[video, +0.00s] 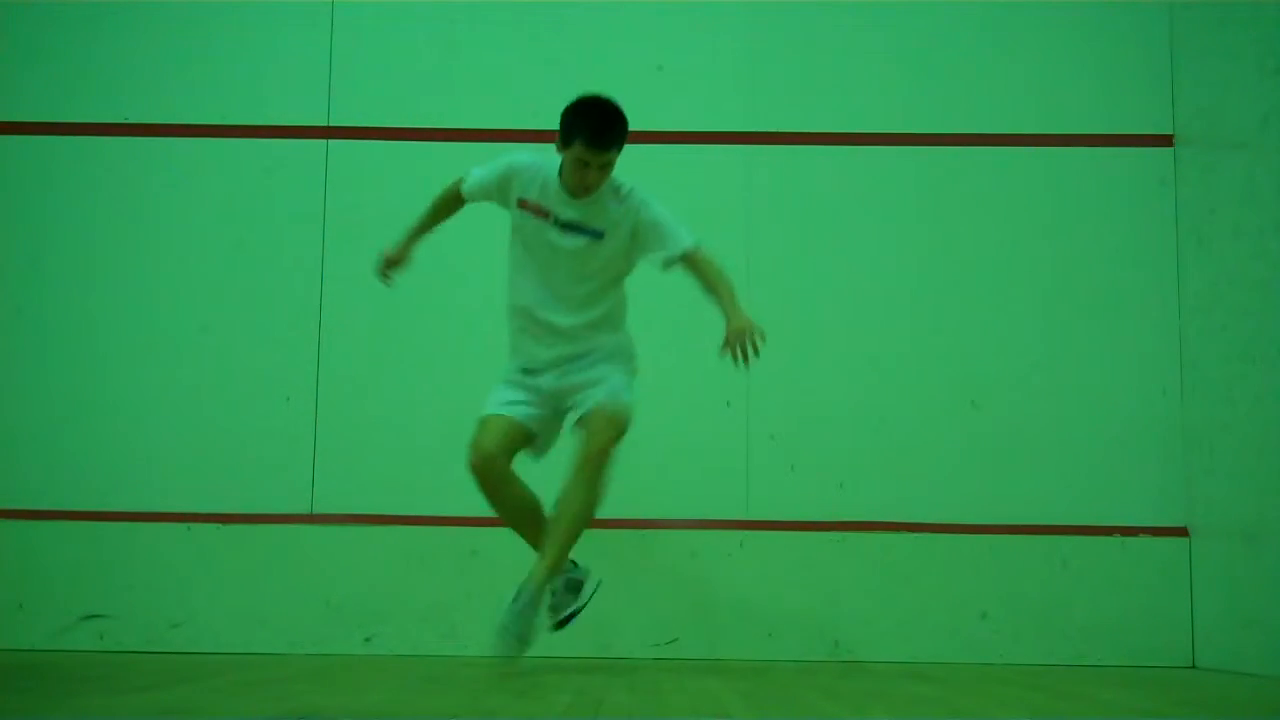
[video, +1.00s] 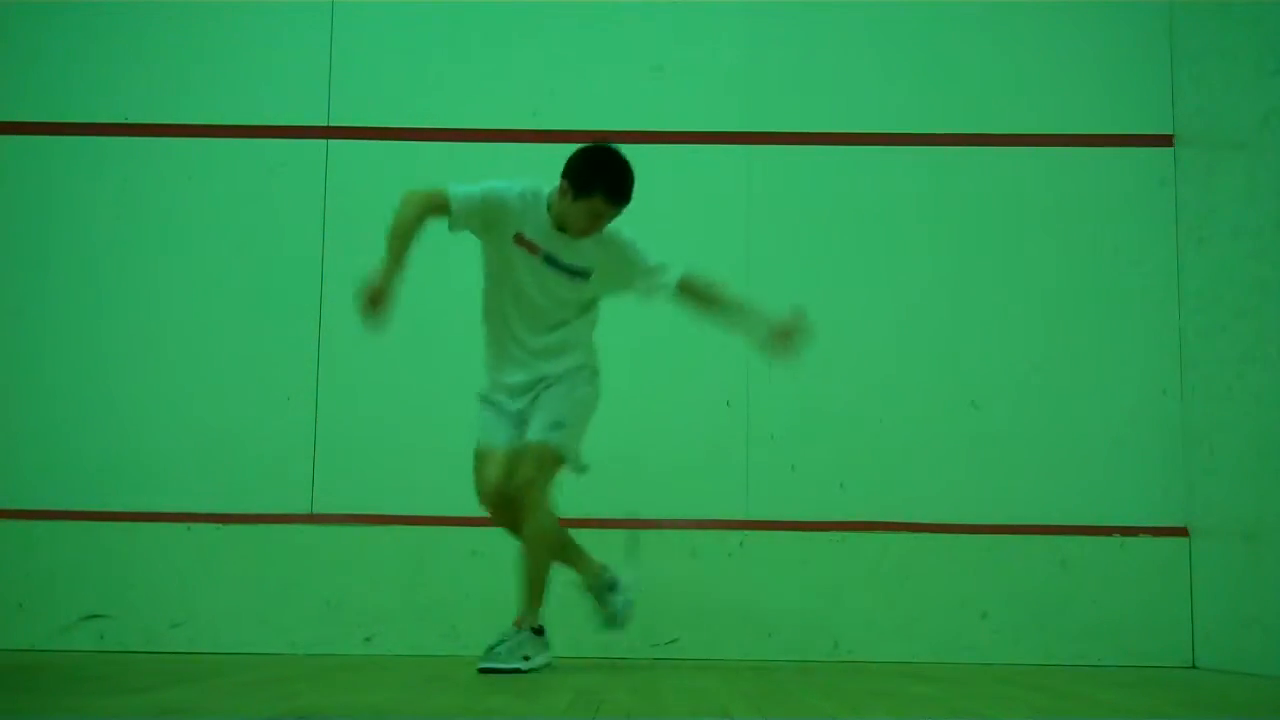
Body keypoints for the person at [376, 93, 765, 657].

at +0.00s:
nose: (590, 176)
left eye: (602, 166)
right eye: (581, 163)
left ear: (617, 159)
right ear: (561, 148)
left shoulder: (632, 209)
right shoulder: (520, 176)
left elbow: (694, 257)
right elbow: (459, 193)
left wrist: (735, 314)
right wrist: (406, 243)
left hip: (600, 364)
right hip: (531, 366)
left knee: (601, 441)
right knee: (485, 460)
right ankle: (565, 573)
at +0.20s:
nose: (608, 218)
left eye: (619, 210)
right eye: (602, 204)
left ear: (628, 205)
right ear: (576, 184)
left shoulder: (622, 262)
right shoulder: (528, 196)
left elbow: (672, 331)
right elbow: (452, 158)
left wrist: (722, 394)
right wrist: (378, 158)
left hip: (576, 383)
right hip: (519, 379)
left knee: (535, 480)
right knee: (468, 472)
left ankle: (510, 631)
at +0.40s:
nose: (659, 219)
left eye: (665, 212)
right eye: (657, 207)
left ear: (660, 200)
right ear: (631, 183)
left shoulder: (647, 247)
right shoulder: (559, 183)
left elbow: (702, 308)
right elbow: (468, 176)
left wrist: (770, 348)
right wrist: (380, 177)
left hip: (594, 364)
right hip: (530, 360)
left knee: (609, 463)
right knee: (493, 463)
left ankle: (642, 584)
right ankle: (588, 528)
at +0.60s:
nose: (653, 298)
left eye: (662, 292)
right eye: (651, 287)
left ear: (671, 285)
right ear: (630, 259)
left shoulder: (665, 313)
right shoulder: (555, 278)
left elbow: (731, 330)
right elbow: (498, 323)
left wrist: (788, 328)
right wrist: (470, 393)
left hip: (619, 450)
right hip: (547, 448)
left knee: (681, 542)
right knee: (529, 542)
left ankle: (697, 637)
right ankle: (518, 634)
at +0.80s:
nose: (594, 249)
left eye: (601, 241)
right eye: (587, 240)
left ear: (611, 229)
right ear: (563, 219)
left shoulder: (626, 249)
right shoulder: (516, 243)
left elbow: (690, 263)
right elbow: (438, 296)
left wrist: (764, 285)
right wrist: (456, 372)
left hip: (602, 397)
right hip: (534, 399)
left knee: (611, 487)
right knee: (508, 513)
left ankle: (656, 597)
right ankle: (514, 629)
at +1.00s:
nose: (592, 227)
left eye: (604, 220)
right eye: (588, 214)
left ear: (615, 214)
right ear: (564, 189)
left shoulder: (611, 253)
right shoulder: (507, 206)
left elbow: (686, 288)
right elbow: (417, 203)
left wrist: (763, 327)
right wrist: (386, 277)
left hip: (566, 378)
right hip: (505, 379)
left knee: (527, 486)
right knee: (494, 496)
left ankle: (528, 629)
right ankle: (599, 577)